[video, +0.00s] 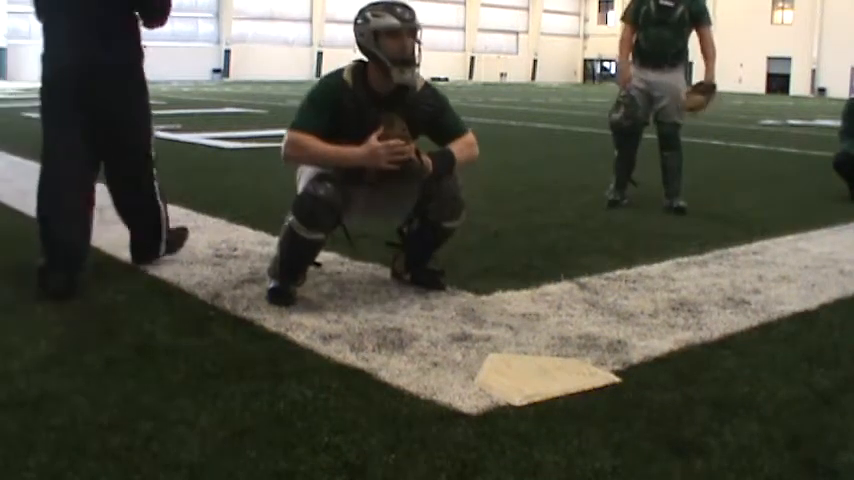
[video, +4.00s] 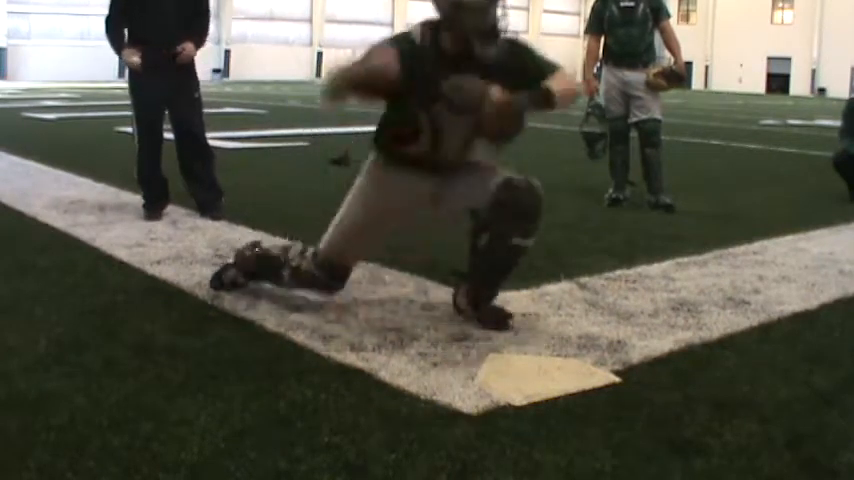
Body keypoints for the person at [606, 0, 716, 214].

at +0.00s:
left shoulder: (694, 5)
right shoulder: (640, 3)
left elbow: (706, 39)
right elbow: (627, 34)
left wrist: (708, 78)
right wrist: (623, 67)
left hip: (672, 76)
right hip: (638, 73)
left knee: (670, 139)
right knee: (626, 136)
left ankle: (673, 197)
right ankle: (619, 189)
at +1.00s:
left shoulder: (652, 4)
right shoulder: (602, 5)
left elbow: (666, 29)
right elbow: (591, 40)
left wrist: (676, 60)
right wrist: (584, 77)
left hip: (645, 75)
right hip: (613, 75)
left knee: (651, 135)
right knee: (617, 135)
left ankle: (657, 193)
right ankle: (618, 188)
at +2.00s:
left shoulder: (652, 4)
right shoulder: (602, 5)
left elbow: (665, 29)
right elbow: (593, 40)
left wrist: (678, 60)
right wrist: (590, 76)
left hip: (645, 74)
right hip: (613, 74)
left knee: (650, 134)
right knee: (617, 135)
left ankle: (656, 193)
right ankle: (618, 188)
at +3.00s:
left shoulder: (653, 4)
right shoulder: (603, 5)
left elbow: (666, 29)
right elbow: (594, 39)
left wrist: (678, 60)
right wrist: (590, 75)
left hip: (645, 74)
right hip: (613, 73)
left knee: (651, 134)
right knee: (617, 134)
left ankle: (656, 193)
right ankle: (618, 188)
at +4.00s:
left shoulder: (652, 4)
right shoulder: (603, 5)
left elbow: (666, 29)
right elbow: (594, 40)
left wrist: (679, 60)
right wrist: (588, 75)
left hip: (645, 74)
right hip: (613, 74)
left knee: (651, 133)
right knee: (617, 133)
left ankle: (656, 193)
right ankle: (618, 188)